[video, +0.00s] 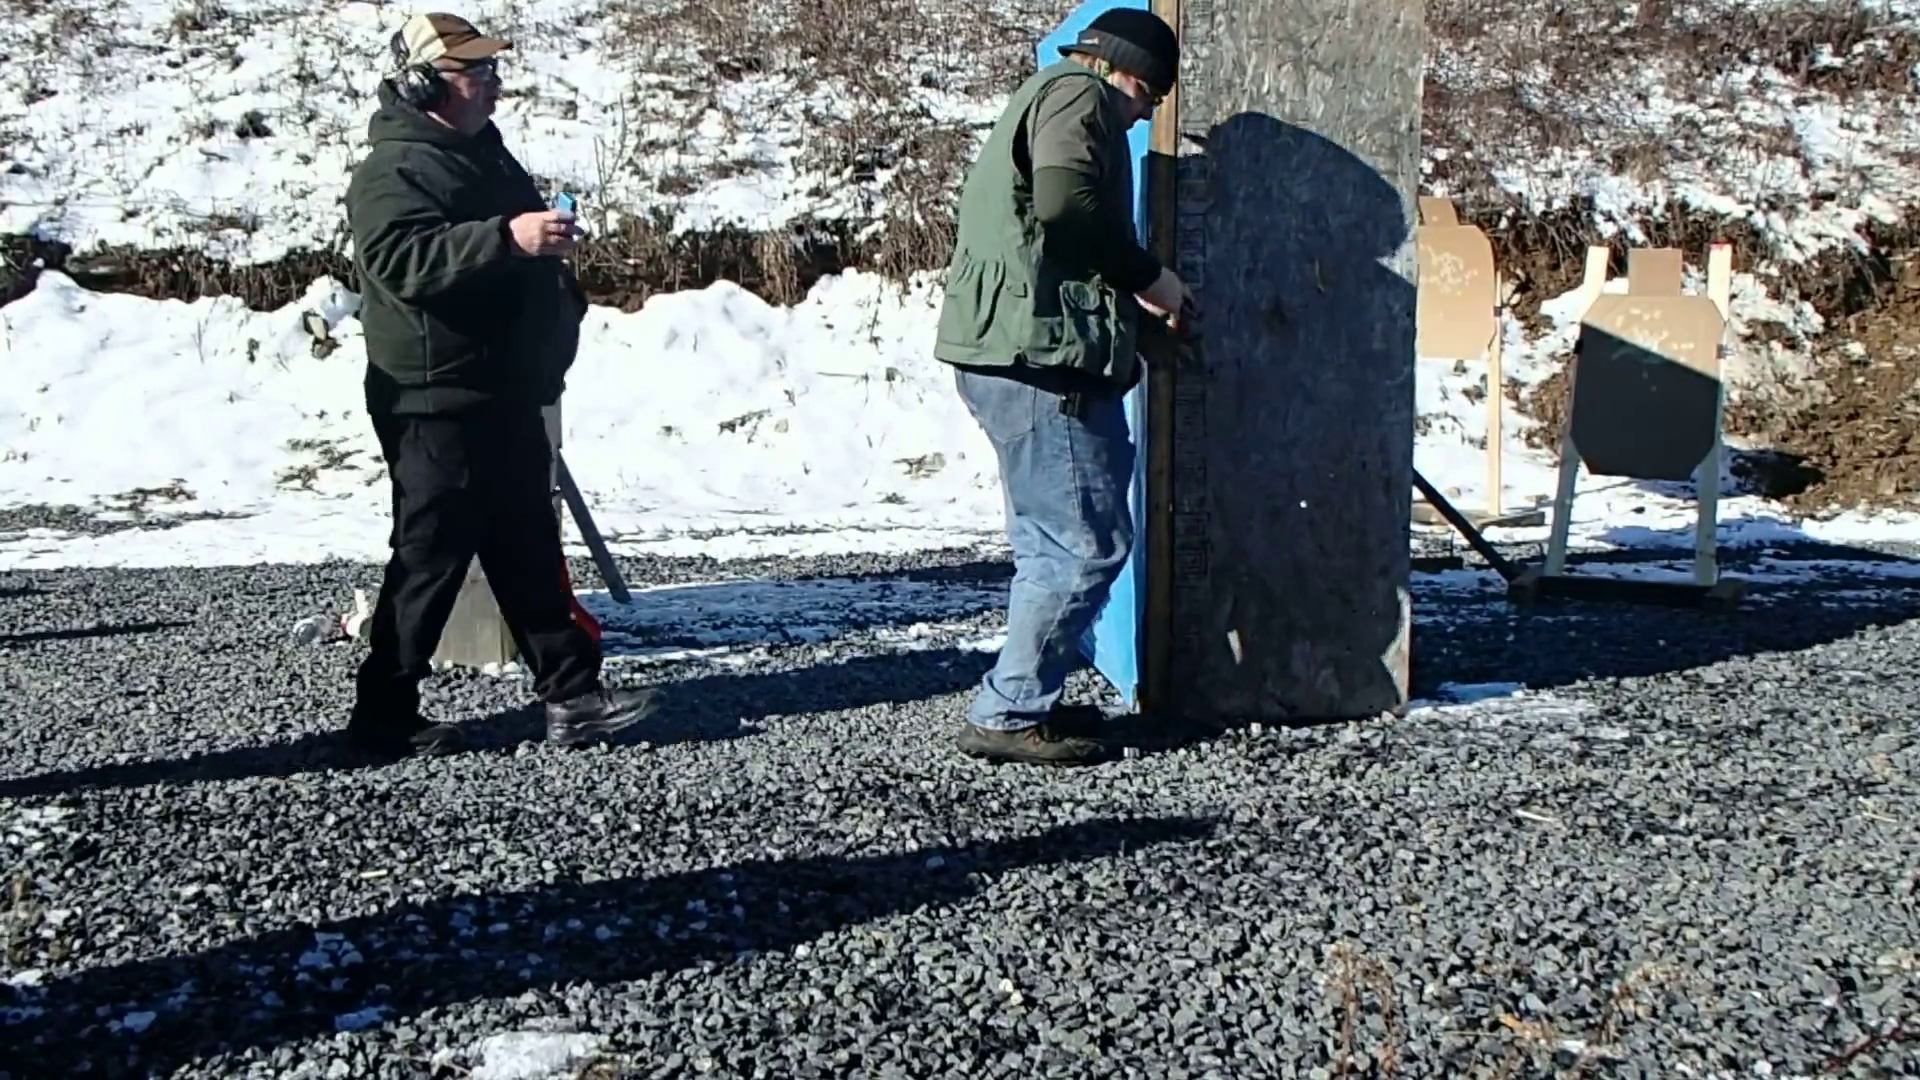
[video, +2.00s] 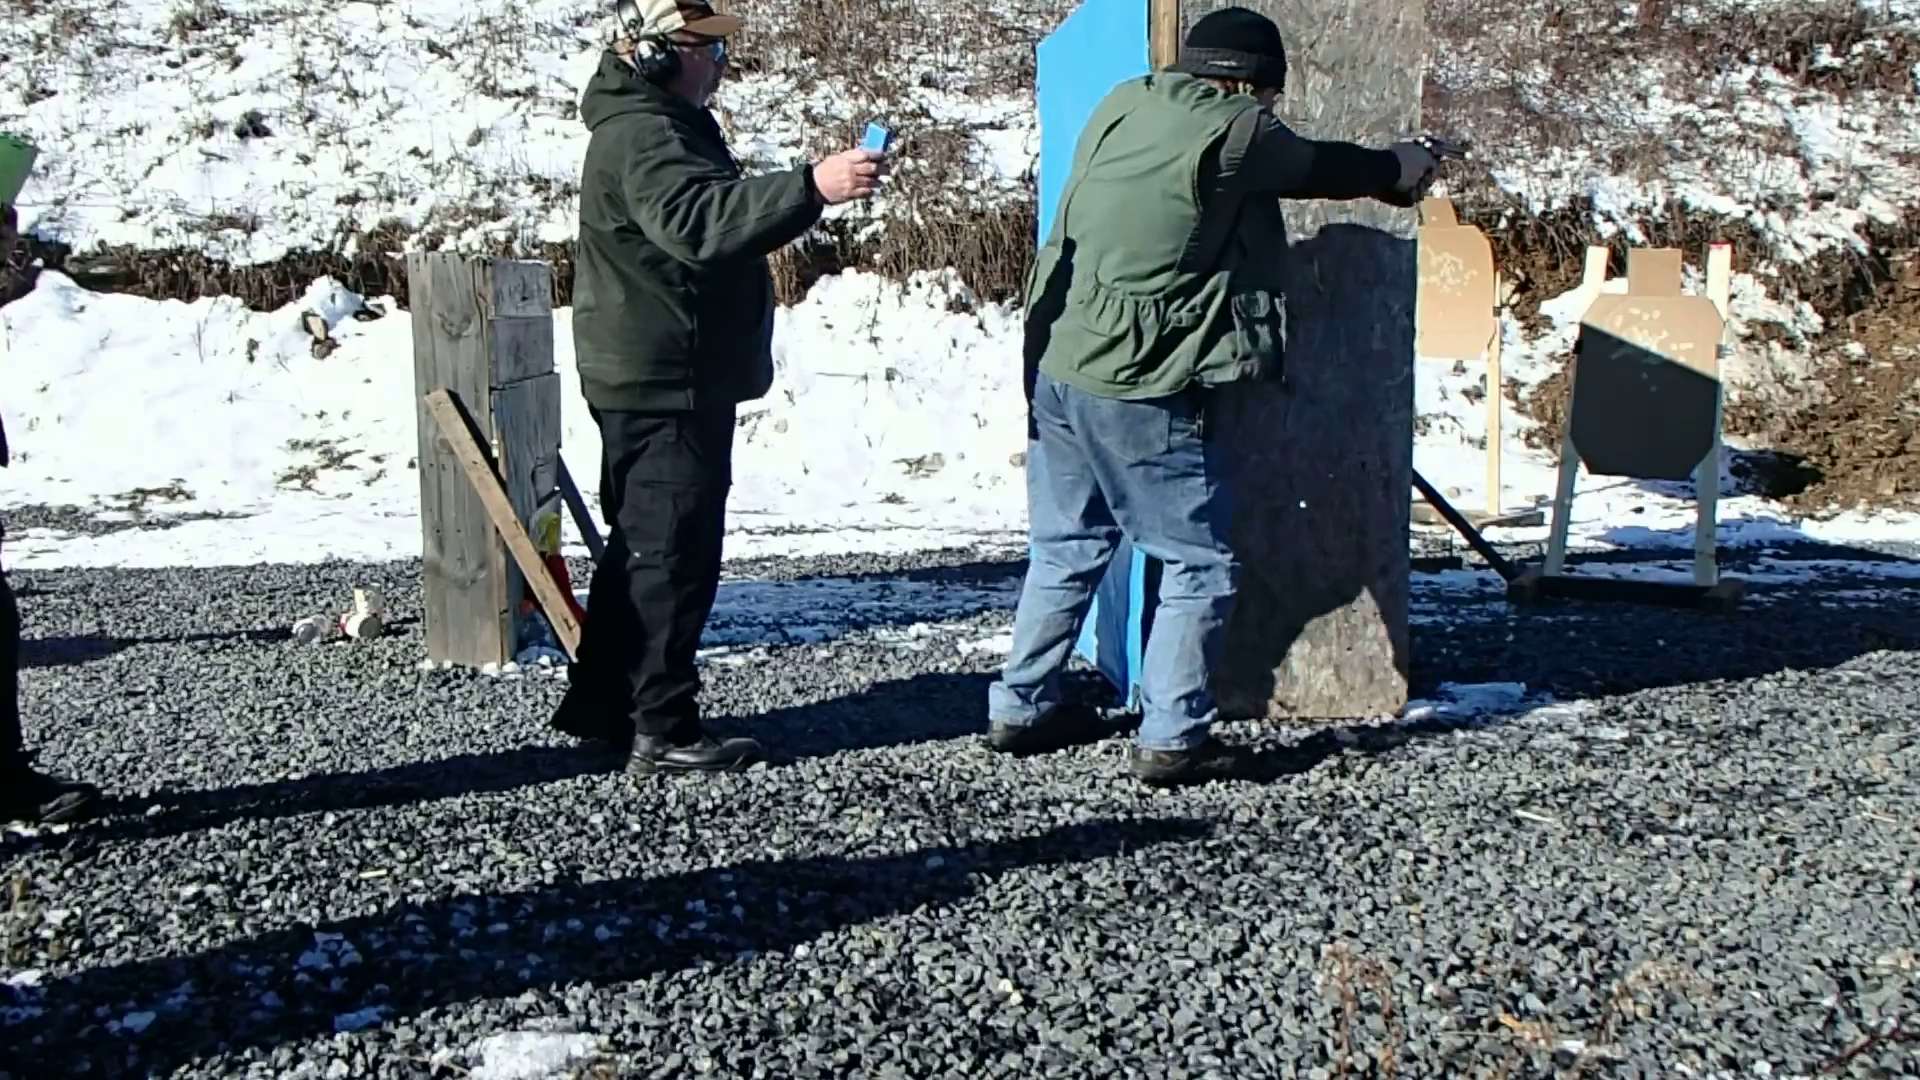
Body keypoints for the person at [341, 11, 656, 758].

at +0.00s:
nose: (493, 84)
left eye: (493, 70)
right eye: (480, 71)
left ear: (465, 80)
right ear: (437, 81)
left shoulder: (486, 156)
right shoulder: (392, 168)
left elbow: (525, 252)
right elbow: (407, 266)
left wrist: (554, 246)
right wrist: (508, 238)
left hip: (506, 387)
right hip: (434, 396)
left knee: (530, 545)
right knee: (428, 557)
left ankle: (571, 694)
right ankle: (384, 717)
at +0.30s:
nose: (573, 80)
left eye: (570, 68)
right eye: (560, 69)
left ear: (538, 81)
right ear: (522, 80)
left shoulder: (564, 153)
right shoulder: (475, 160)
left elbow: (597, 248)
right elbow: (484, 256)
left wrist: (644, 279)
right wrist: (578, 226)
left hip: (589, 377)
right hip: (516, 383)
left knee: (600, 537)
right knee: (546, 531)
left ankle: (592, 702)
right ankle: (466, 670)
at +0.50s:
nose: (609, 79)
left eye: (608, 67)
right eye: (595, 68)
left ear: (587, 78)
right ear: (553, 76)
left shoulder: (595, 148)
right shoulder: (512, 157)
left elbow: (632, 241)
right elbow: (510, 261)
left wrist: (673, 273)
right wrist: (603, 230)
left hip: (613, 373)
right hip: (559, 382)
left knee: (619, 535)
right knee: (607, 537)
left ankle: (594, 698)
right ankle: (582, 704)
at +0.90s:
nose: (671, 79)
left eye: (670, 65)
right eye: (659, 67)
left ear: (621, 72)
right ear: (618, 74)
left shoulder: (628, 139)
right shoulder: (587, 150)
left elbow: (645, 243)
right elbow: (613, 260)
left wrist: (722, 218)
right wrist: (706, 220)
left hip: (647, 386)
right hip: (629, 392)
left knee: (630, 550)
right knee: (660, 554)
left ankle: (595, 712)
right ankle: (660, 731)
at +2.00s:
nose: (720, 63)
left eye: (720, 49)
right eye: (709, 48)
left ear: (658, 53)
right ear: (661, 51)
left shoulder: (666, 123)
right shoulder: (645, 130)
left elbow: (716, 221)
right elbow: (700, 226)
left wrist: (808, 190)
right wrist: (812, 185)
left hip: (669, 378)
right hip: (666, 383)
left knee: (645, 546)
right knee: (675, 554)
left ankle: (600, 702)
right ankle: (662, 731)